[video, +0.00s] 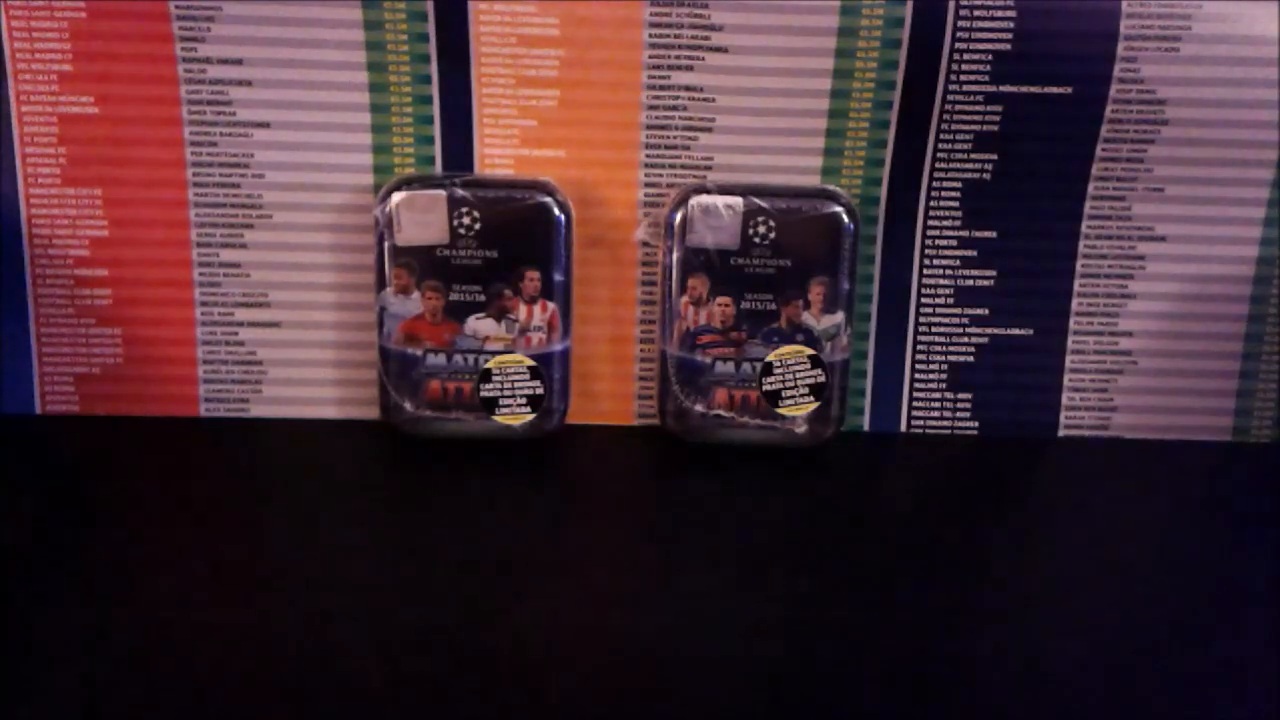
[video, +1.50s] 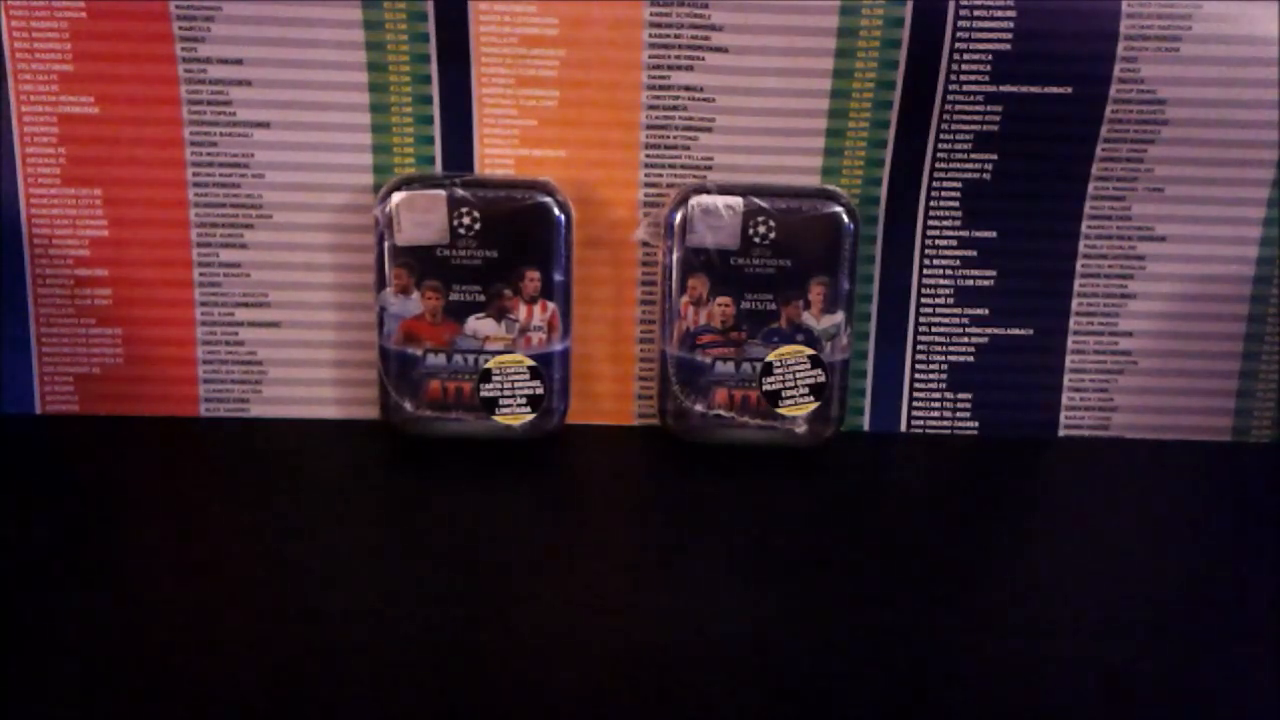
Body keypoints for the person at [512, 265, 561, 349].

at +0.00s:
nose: (536, 285)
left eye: (538, 280)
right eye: (531, 280)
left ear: (541, 283)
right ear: (521, 284)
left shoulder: (551, 308)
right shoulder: (512, 306)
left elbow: (556, 339)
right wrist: (520, 329)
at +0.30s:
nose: (536, 285)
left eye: (538, 280)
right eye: (531, 280)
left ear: (541, 283)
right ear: (521, 284)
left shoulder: (551, 308)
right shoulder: (512, 306)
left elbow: (556, 338)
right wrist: (520, 329)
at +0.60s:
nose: (536, 285)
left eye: (539, 281)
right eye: (531, 280)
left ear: (541, 283)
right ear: (521, 284)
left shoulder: (551, 308)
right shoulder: (512, 306)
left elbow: (556, 338)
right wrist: (520, 329)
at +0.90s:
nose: (536, 285)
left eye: (538, 281)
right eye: (531, 280)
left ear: (541, 283)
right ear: (521, 283)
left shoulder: (551, 308)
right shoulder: (512, 306)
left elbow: (556, 337)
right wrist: (520, 330)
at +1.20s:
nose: (536, 285)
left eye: (539, 280)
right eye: (531, 280)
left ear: (541, 283)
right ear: (521, 283)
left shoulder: (551, 308)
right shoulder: (512, 306)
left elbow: (556, 338)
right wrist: (521, 330)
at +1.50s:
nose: (536, 285)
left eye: (539, 281)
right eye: (531, 280)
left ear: (541, 283)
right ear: (521, 284)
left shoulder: (551, 308)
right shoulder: (512, 306)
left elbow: (556, 337)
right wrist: (521, 329)